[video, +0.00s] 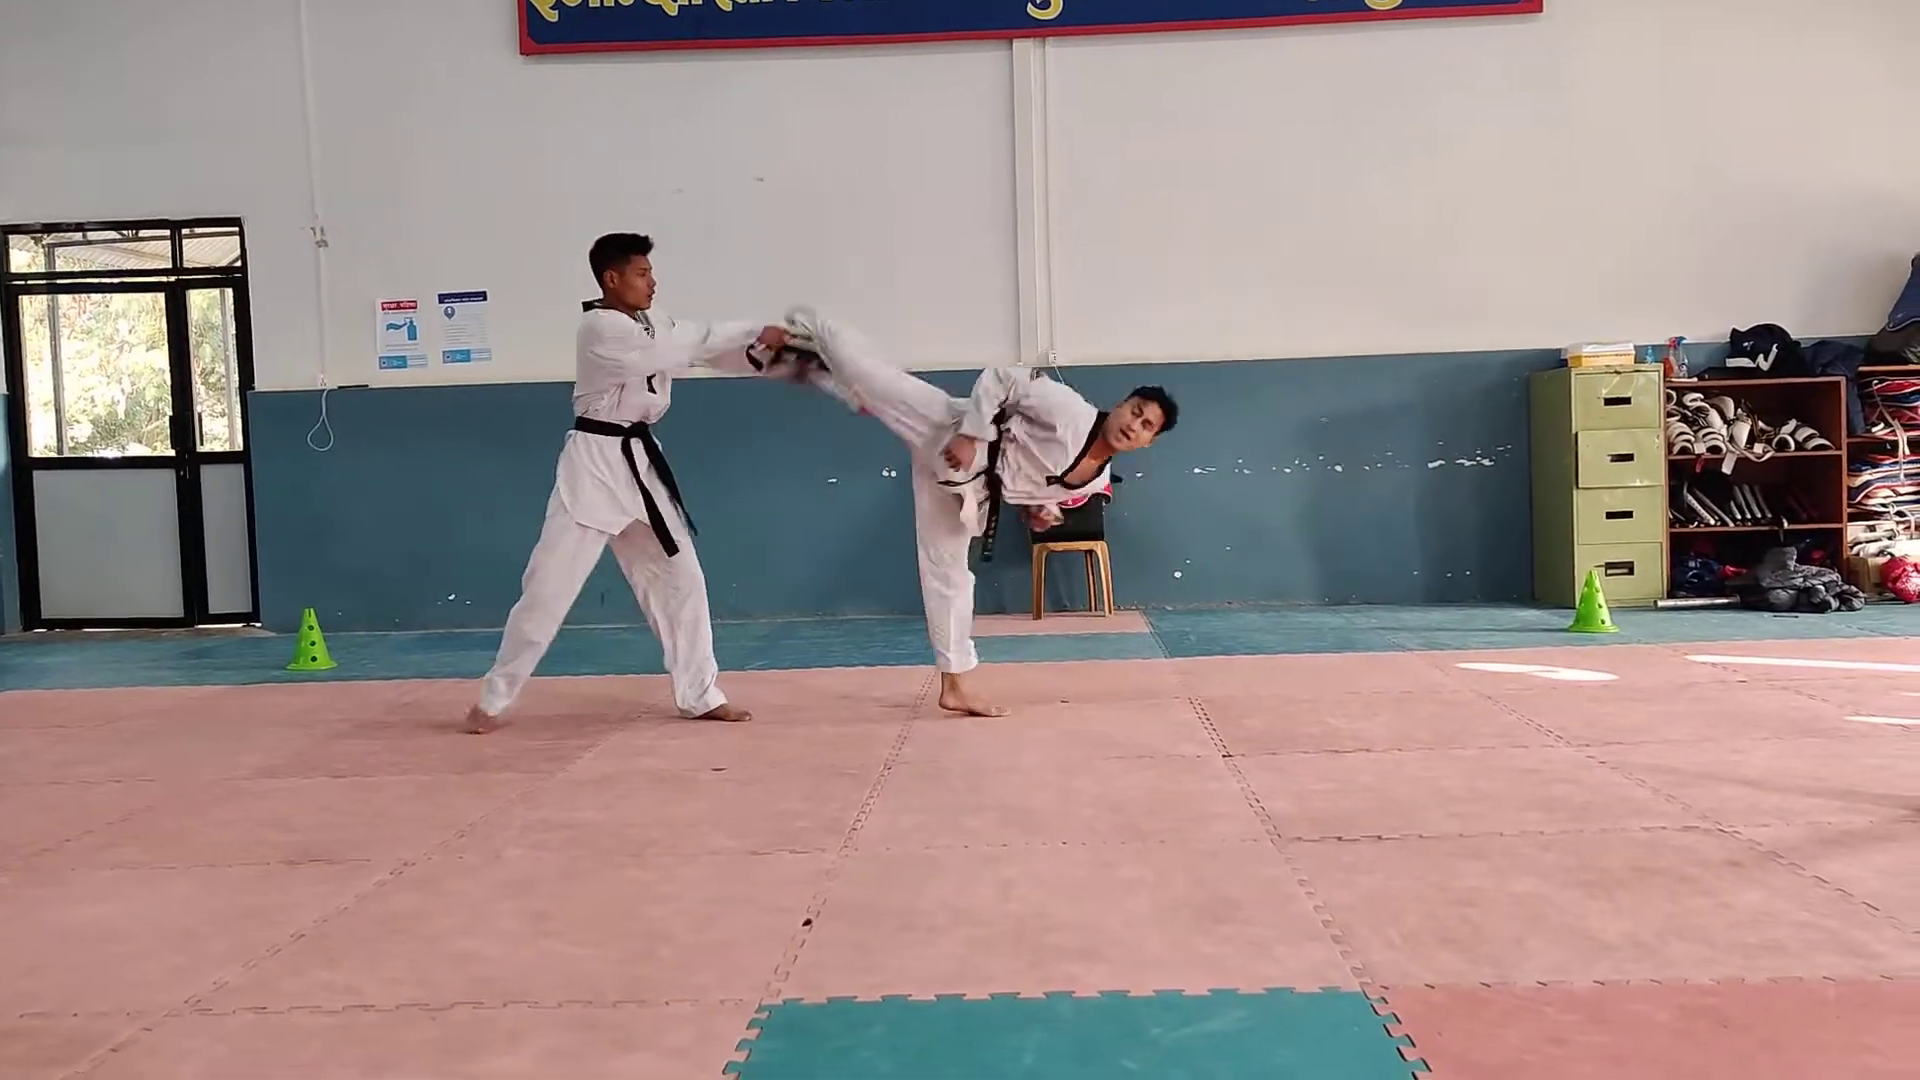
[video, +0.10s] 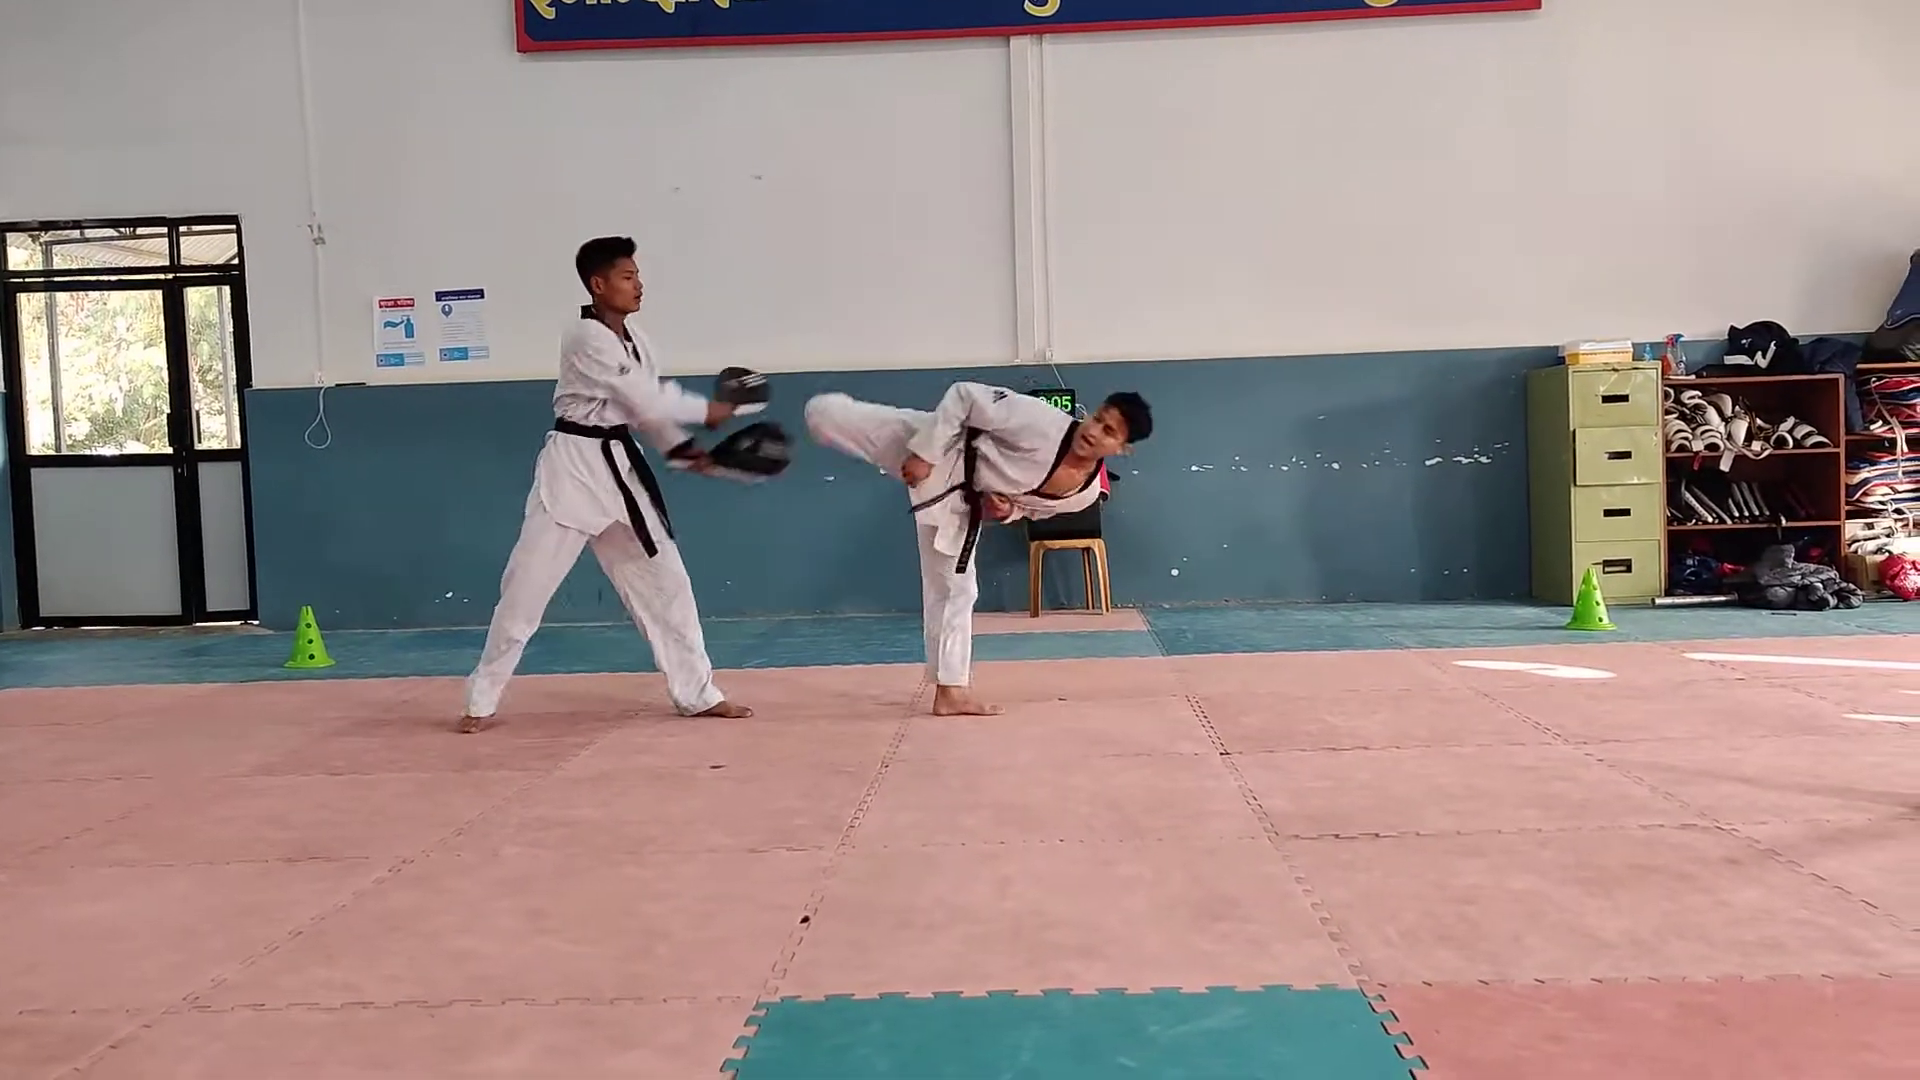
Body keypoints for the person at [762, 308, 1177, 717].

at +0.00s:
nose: (1134, 424)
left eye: (1147, 426)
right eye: (1135, 411)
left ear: (1149, 442)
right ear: (1119, 403)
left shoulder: (1095, 482)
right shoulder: (1067, 410)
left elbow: (1035, 486)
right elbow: (1000, 378)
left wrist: (1041, 511)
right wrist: (972, 435)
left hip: (963, 489)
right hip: (953, 430)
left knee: (949, 574)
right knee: (866, 378)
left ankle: (955, 685)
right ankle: (806, 331)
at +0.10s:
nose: (1095, 431)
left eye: (1110, 433)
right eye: (1098, 420)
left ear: (1122, 449)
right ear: (1090, 413)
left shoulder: (1087, 494)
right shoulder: (1043, 422)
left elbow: (1036, 508)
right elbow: (964, 394)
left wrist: (1011, 510)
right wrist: (924, 454)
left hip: (960, 500)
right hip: (941, 447)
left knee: (957, 587)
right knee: (820, 414)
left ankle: (950, 693)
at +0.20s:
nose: (1043, 406)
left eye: (1057, 407)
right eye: (1047, 396)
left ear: (1081, 425)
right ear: (1044, 391)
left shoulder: (1077, 477)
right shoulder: (1004, 406)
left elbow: (1043, 513)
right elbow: (932, 406)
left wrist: (995, 512)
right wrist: (903, 463)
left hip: (968, 504)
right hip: (934, 456)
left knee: (969, 590)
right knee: (844, 514)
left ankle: (949, 693)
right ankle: (841, 526)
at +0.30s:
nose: (1000, 369)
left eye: (1011, 365)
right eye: (1003, 361)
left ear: (1041, 380)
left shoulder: (1068, 442)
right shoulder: (969, 391)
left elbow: (1043, 492)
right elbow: (913, 419)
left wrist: (1007, 524)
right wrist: (896, 473)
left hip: (984, 501)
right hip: (928, 472)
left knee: (986, 592)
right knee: (889, 562)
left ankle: (955, 690)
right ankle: (853, 660)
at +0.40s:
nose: (965, 344)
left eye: (975, 338)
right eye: (968, 335)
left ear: (1006, 351)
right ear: (1000, 349)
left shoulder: (1047, 405)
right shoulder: (940, 387)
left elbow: (1056, 461)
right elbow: (903, 444)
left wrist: (1039, 513)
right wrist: (889, 497)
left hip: (999, 500)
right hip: (933, 491)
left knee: (1028, 584)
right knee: (906, 584)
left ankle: (981, 674)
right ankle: (887, 685)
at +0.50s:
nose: (949, 311)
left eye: (957, 302)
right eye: (951, 301)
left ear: (988, 311)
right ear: (980, 311)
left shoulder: (1038, 365)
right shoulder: (940, 360)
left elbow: (1081, 405)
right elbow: (917, 418)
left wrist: (1061, 459)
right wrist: (903, 466)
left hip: (1017, 478)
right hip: (951, 477)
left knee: (1044, 575)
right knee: (914, 586)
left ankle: (1051, 651)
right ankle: (888, 687)